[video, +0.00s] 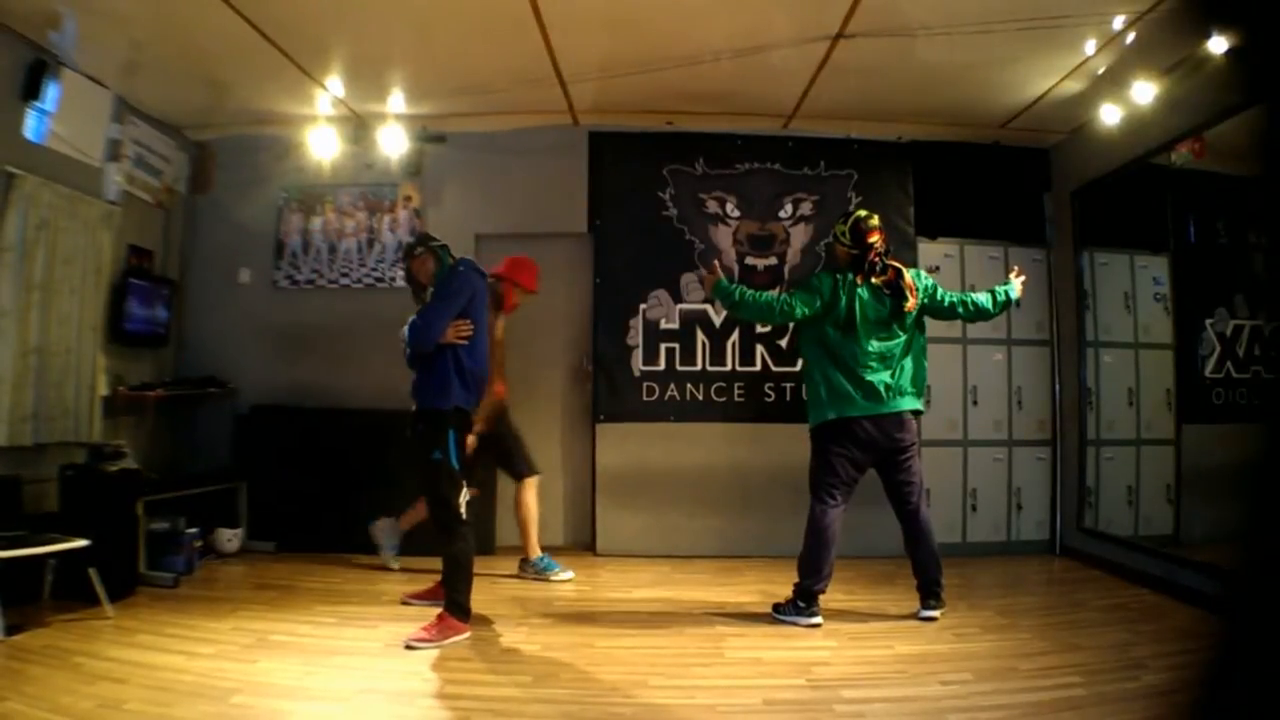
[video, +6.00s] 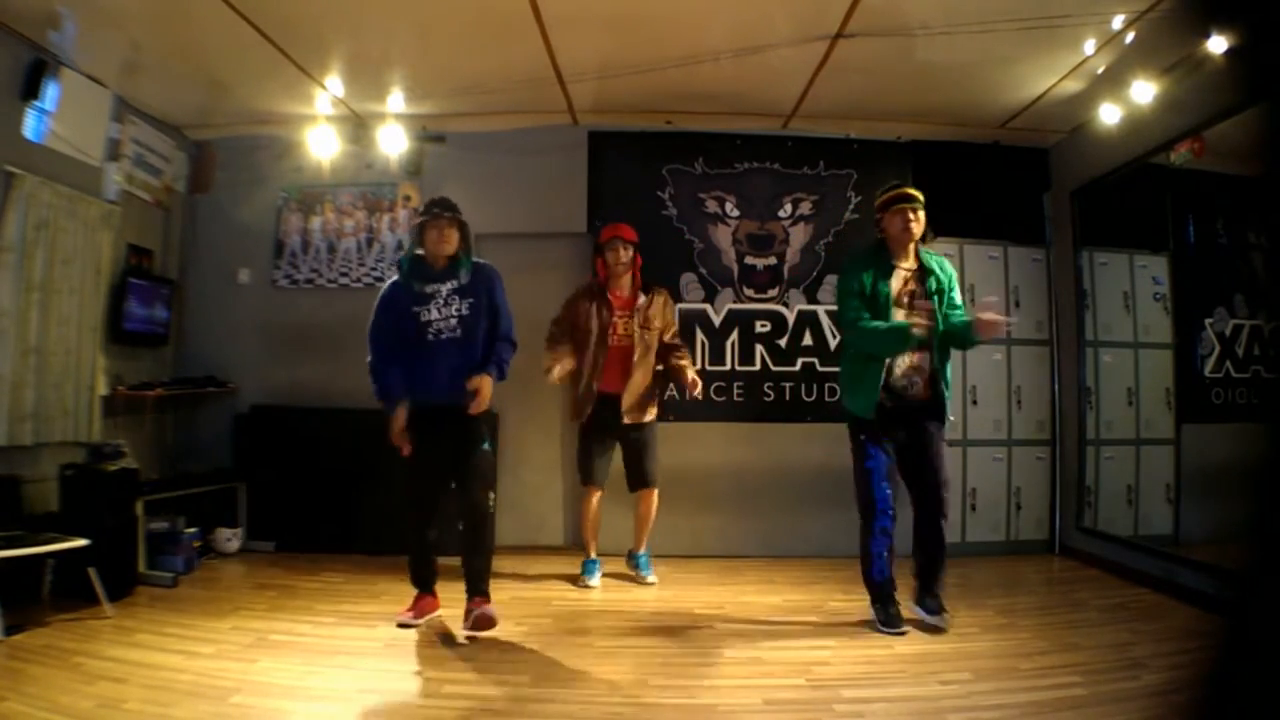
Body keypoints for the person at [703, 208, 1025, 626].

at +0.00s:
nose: (832, 251)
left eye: (837, 245)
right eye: (836, 245)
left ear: (847, 249)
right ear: (879, 248)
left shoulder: (826, 287)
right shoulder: (908, 283)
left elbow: (778, 307)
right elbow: (962, 305)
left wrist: (722, 290)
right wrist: (1009, 291)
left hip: (841, 419)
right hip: (898, 418)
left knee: (827, 504)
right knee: (913, 507)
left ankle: (807, 601)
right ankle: (932, 597)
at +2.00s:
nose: (852, 269)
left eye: (859, 261)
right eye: (854, 261)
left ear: (881, 265)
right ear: (883, 266)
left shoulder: (892, 307)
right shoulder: (910, 304)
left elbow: (907, 379)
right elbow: (932, 375)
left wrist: (907, 442)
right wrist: (924, 429)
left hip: (882, 437)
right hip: (900, 437)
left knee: (841, 510)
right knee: (901, 514)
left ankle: (808, 597)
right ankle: (951, 585)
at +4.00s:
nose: (763, 305)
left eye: (766, 297)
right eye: (761, 298)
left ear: (789, 290)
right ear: (784, 294)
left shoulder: (839, 306)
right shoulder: (793, 337)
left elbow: (873, 342)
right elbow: (774, 389)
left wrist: (861, 377)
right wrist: (717, 389)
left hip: (866, 439)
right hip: (837, 446)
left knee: (824, 515)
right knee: (876, 527)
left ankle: (801, 604)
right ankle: (950, 571)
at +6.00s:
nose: (910, 219)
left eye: (916, 212)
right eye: (901, 213)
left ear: (925, 222)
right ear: (882, 221)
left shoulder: (940, 271)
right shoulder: (859, 269)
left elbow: (952, 329)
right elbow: (854, 331)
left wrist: (976, 328)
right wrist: (910, 333)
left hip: (923, 408)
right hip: (872, 407)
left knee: (933, 501)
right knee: (878, 507)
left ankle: (928, 596)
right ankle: (883, 602)